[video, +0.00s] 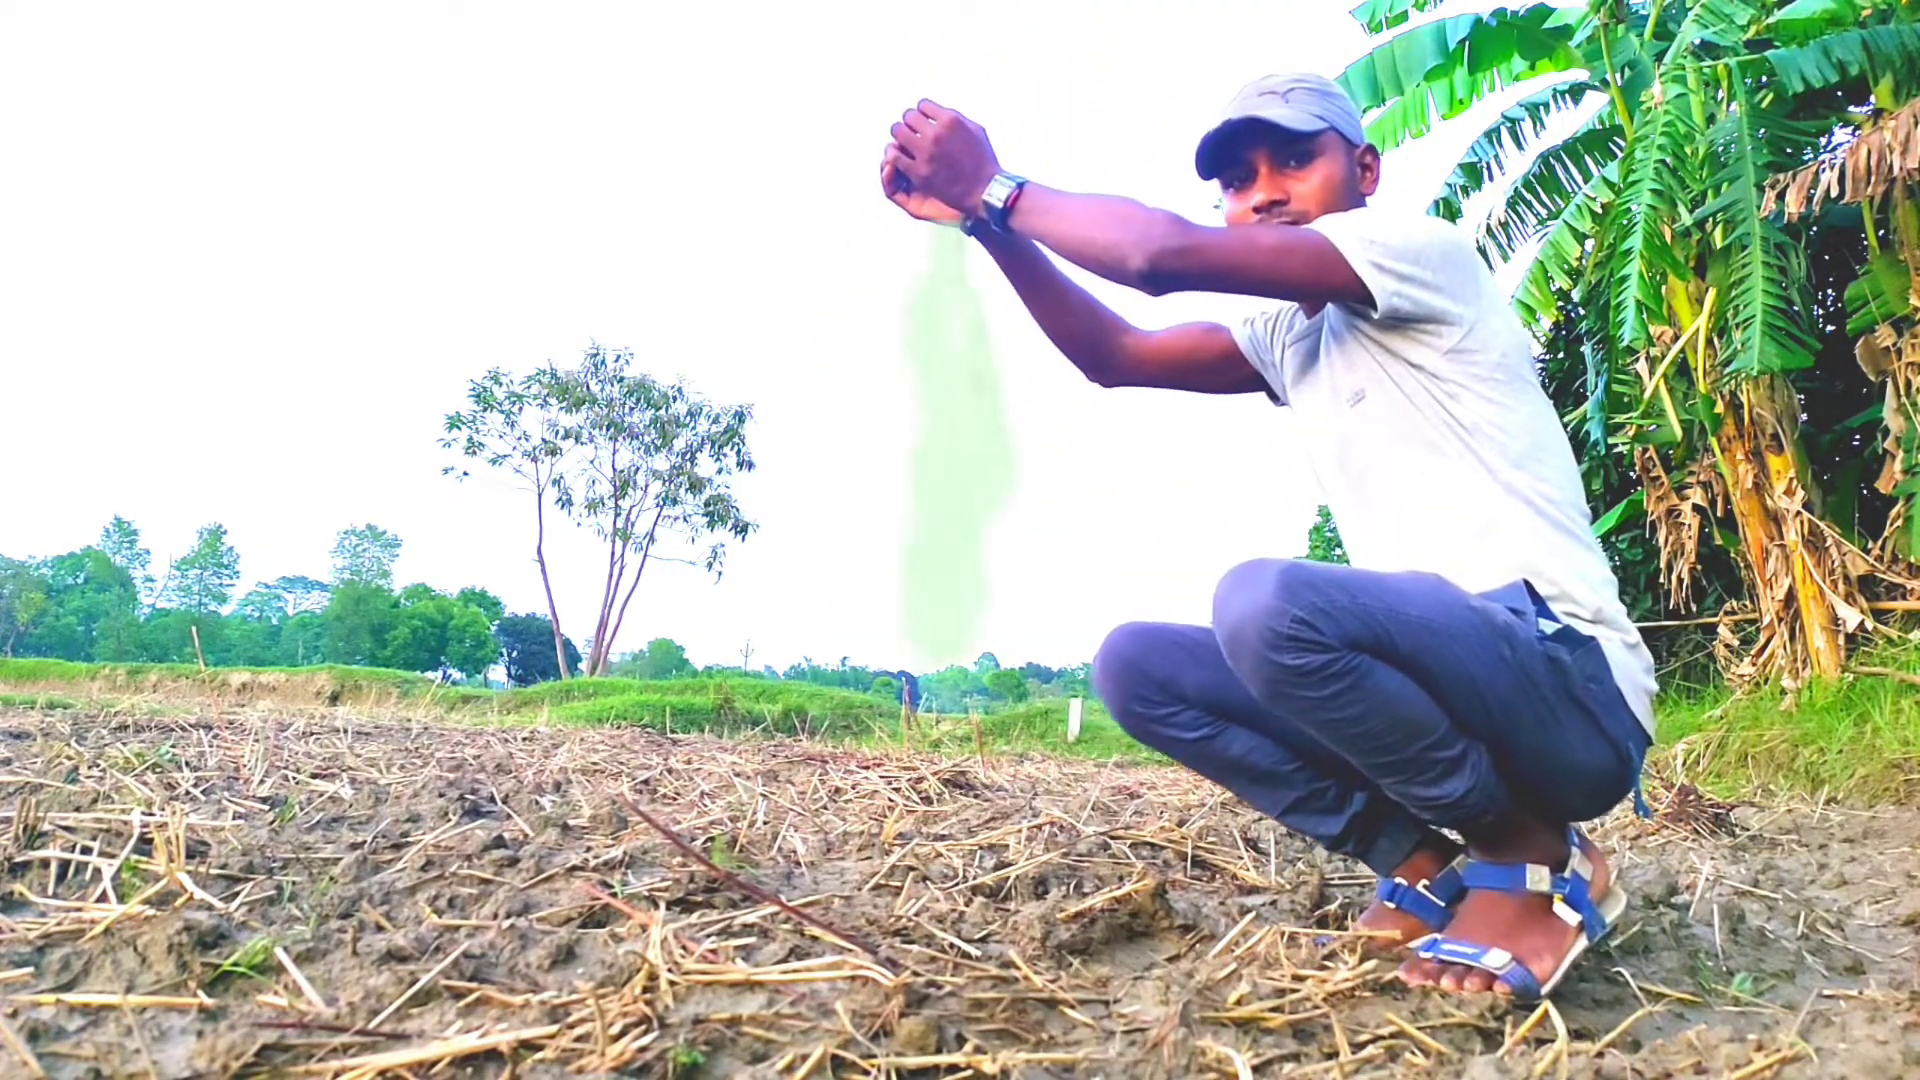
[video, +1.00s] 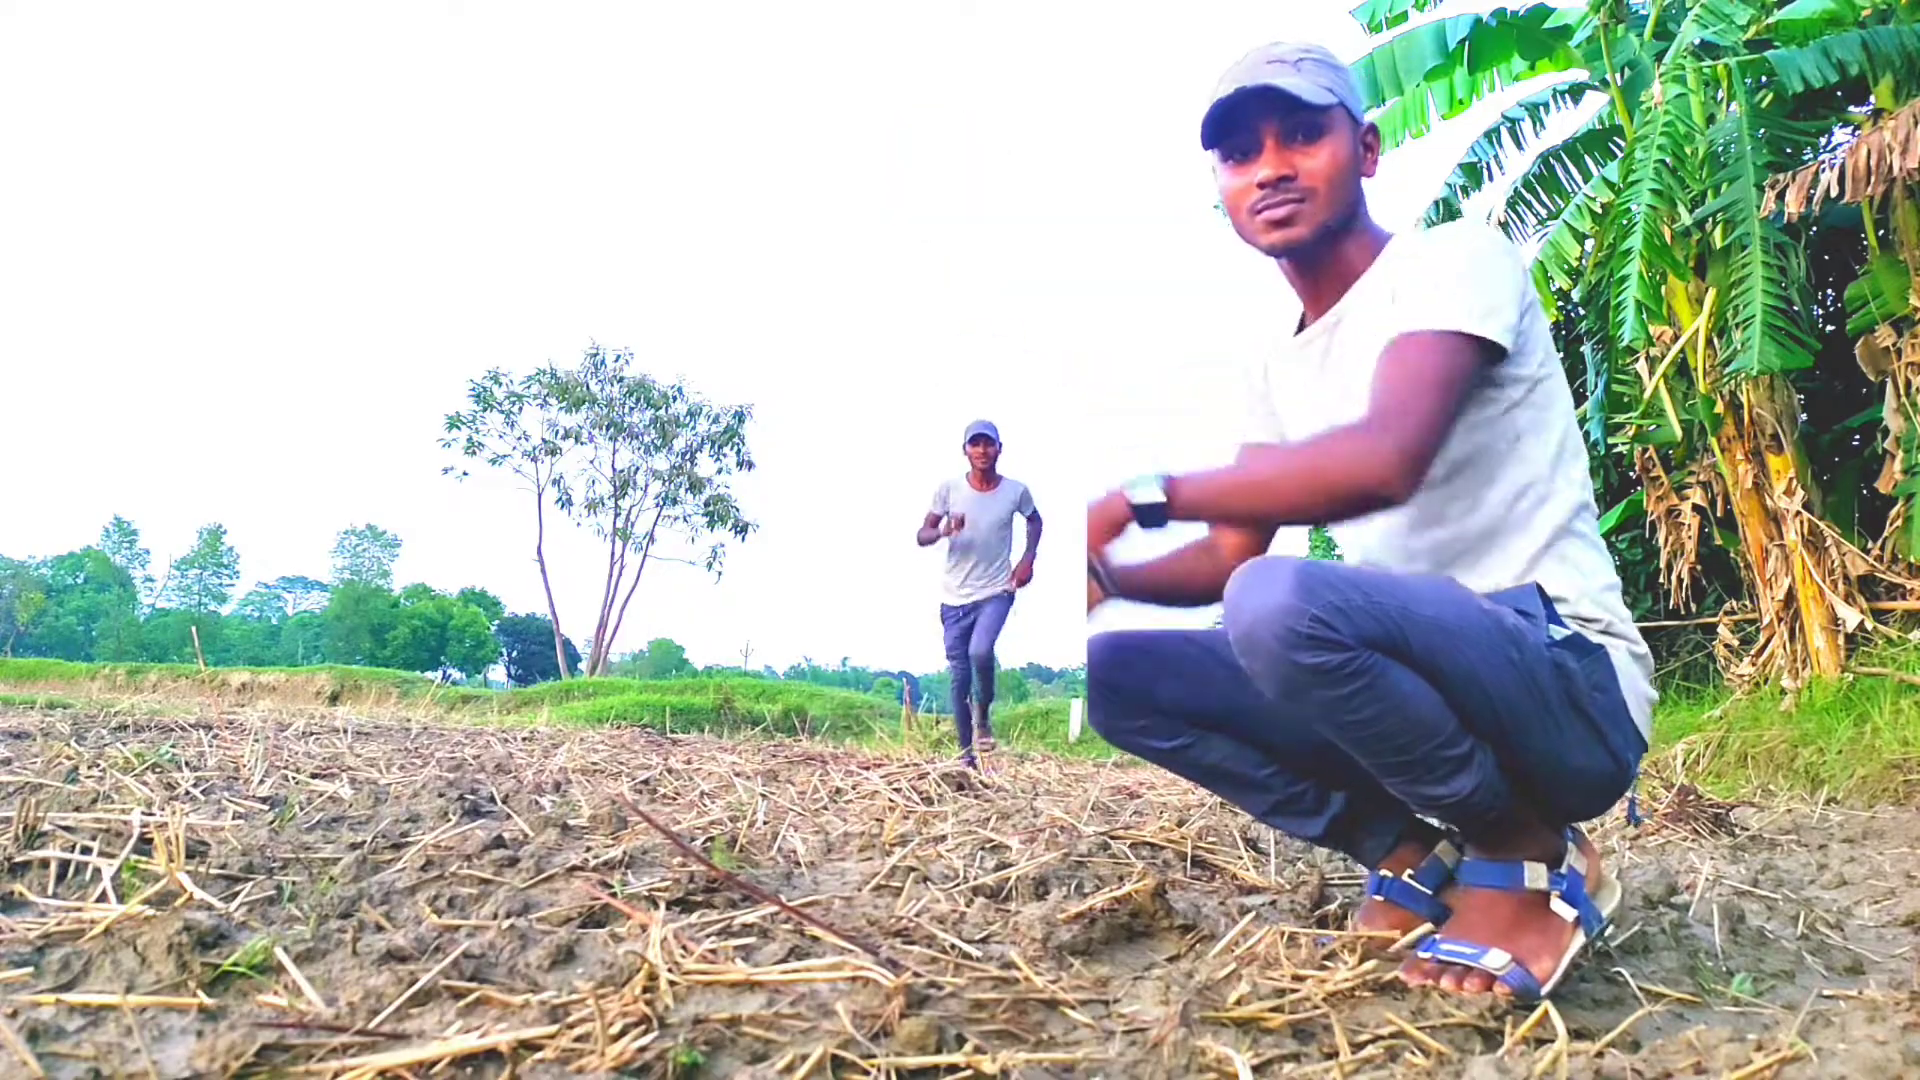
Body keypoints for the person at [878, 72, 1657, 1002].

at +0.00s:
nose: (1264, 193)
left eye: (1294, 157)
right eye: (1237, 178)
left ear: (1367, 170)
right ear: (1224, 202)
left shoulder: (1419, 253)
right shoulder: (1293, 333)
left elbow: (1163, 252)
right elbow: (1115, 354)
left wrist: (991, 192)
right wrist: (989, 222)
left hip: (1569, 679)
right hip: (1445, 693)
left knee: (1266, 606)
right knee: (1137, 667)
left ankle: (1531, 853)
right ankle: (1430, 860)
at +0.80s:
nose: (1275, 168)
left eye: (1309, 132)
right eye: (1247, 149)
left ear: (1379, 149)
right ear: (1231, 182)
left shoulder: (1443, 238)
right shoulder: (1296, 328)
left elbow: (1188, 278)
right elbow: (1117, 383)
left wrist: (1010, 213)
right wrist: (990, 256)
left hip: (1566, 669)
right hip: (1434, 682)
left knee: (1271, 612)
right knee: (1125, 682)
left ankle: (1522, 859)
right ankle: (1424, 854)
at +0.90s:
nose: (1281, 160)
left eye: (1313, 129)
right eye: (1252, 143)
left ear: (1381, 147)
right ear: (1235, 185)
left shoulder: (1457, 246)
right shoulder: (1303, 346)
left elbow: (1296, 398)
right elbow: (1178, 501)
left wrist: (1079, 384)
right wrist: (1046, 458)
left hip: (1567, 676)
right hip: (1436, 699)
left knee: (1269, 612)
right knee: (1122, 682)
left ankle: (1518, 857)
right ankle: (1413, 855)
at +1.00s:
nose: (1272, 167)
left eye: (1302, 135)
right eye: (1241, 149)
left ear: (1364, 150)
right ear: (1219, 186)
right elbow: (1227, 556)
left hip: (1573, 683)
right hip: (1422, 706)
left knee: (1278, 608)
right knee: (1122, 677)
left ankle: (1518, 858)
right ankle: (1408, 850)